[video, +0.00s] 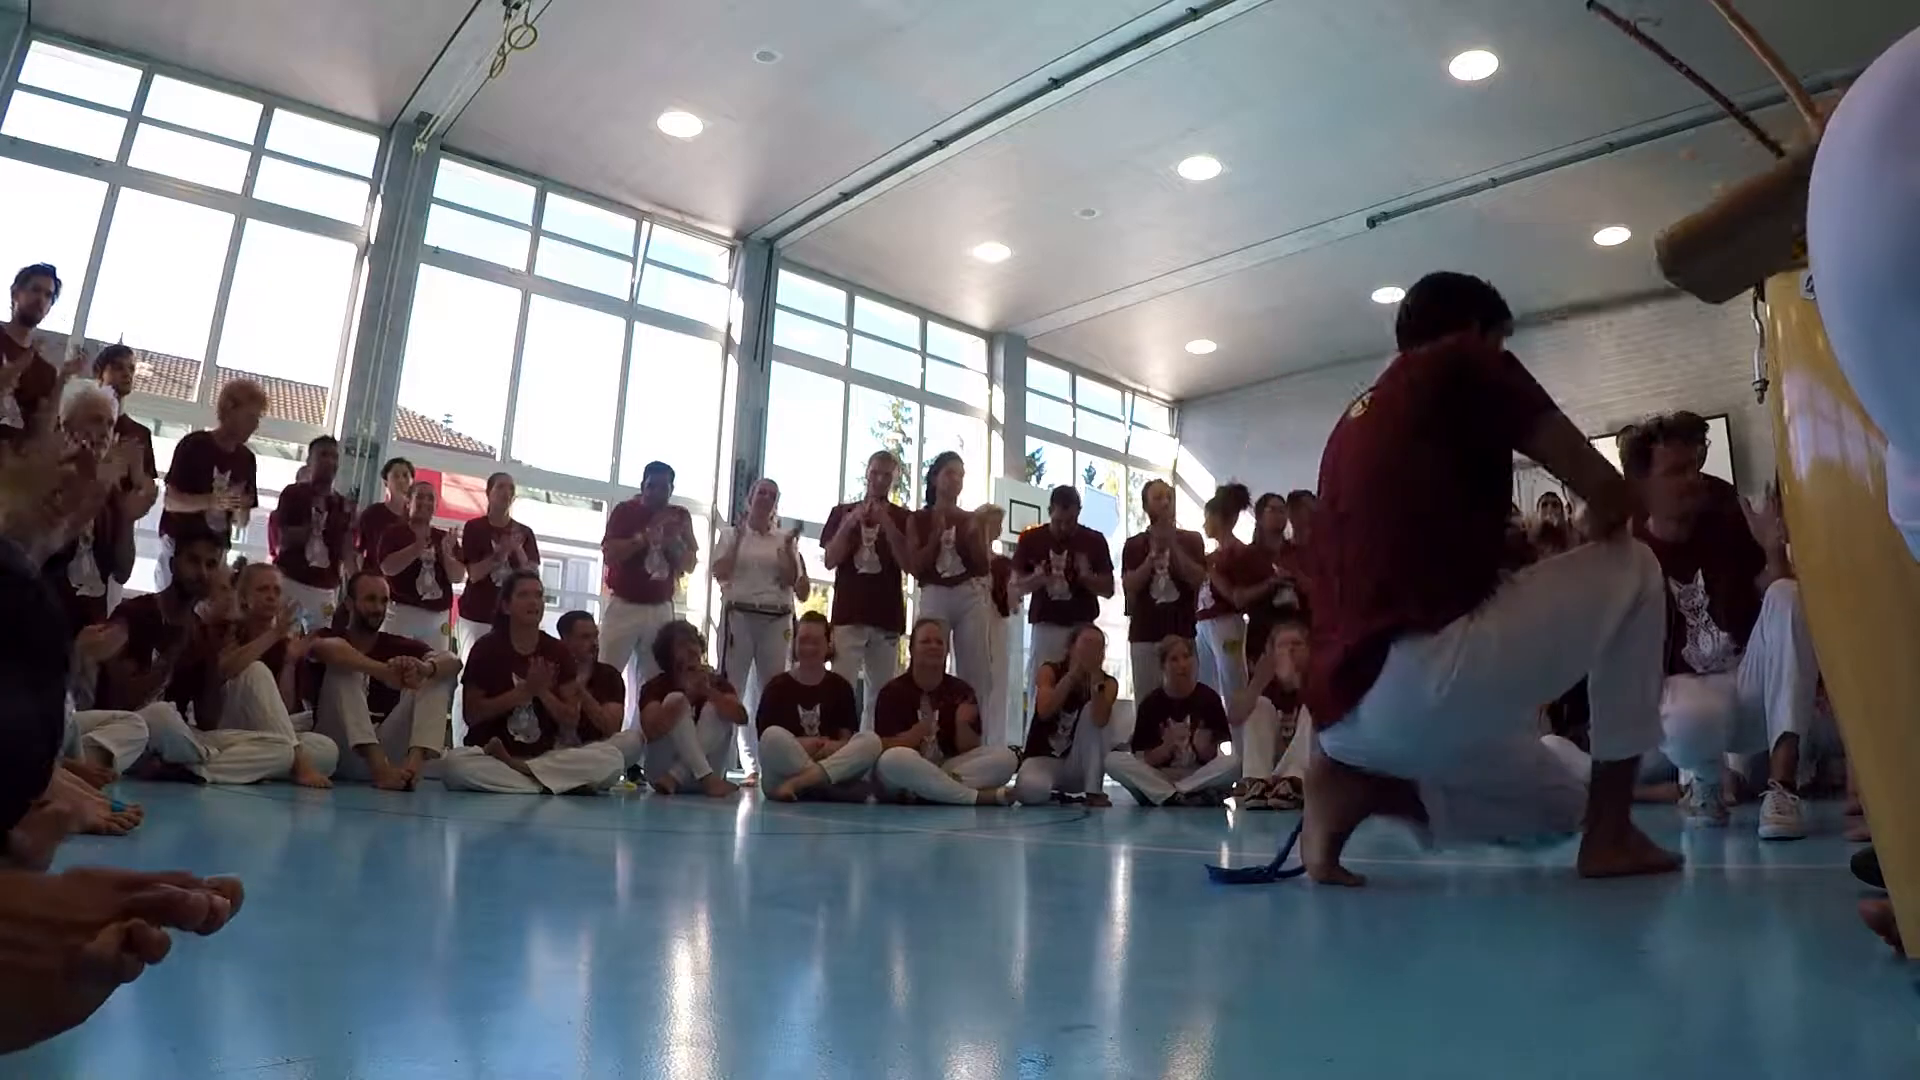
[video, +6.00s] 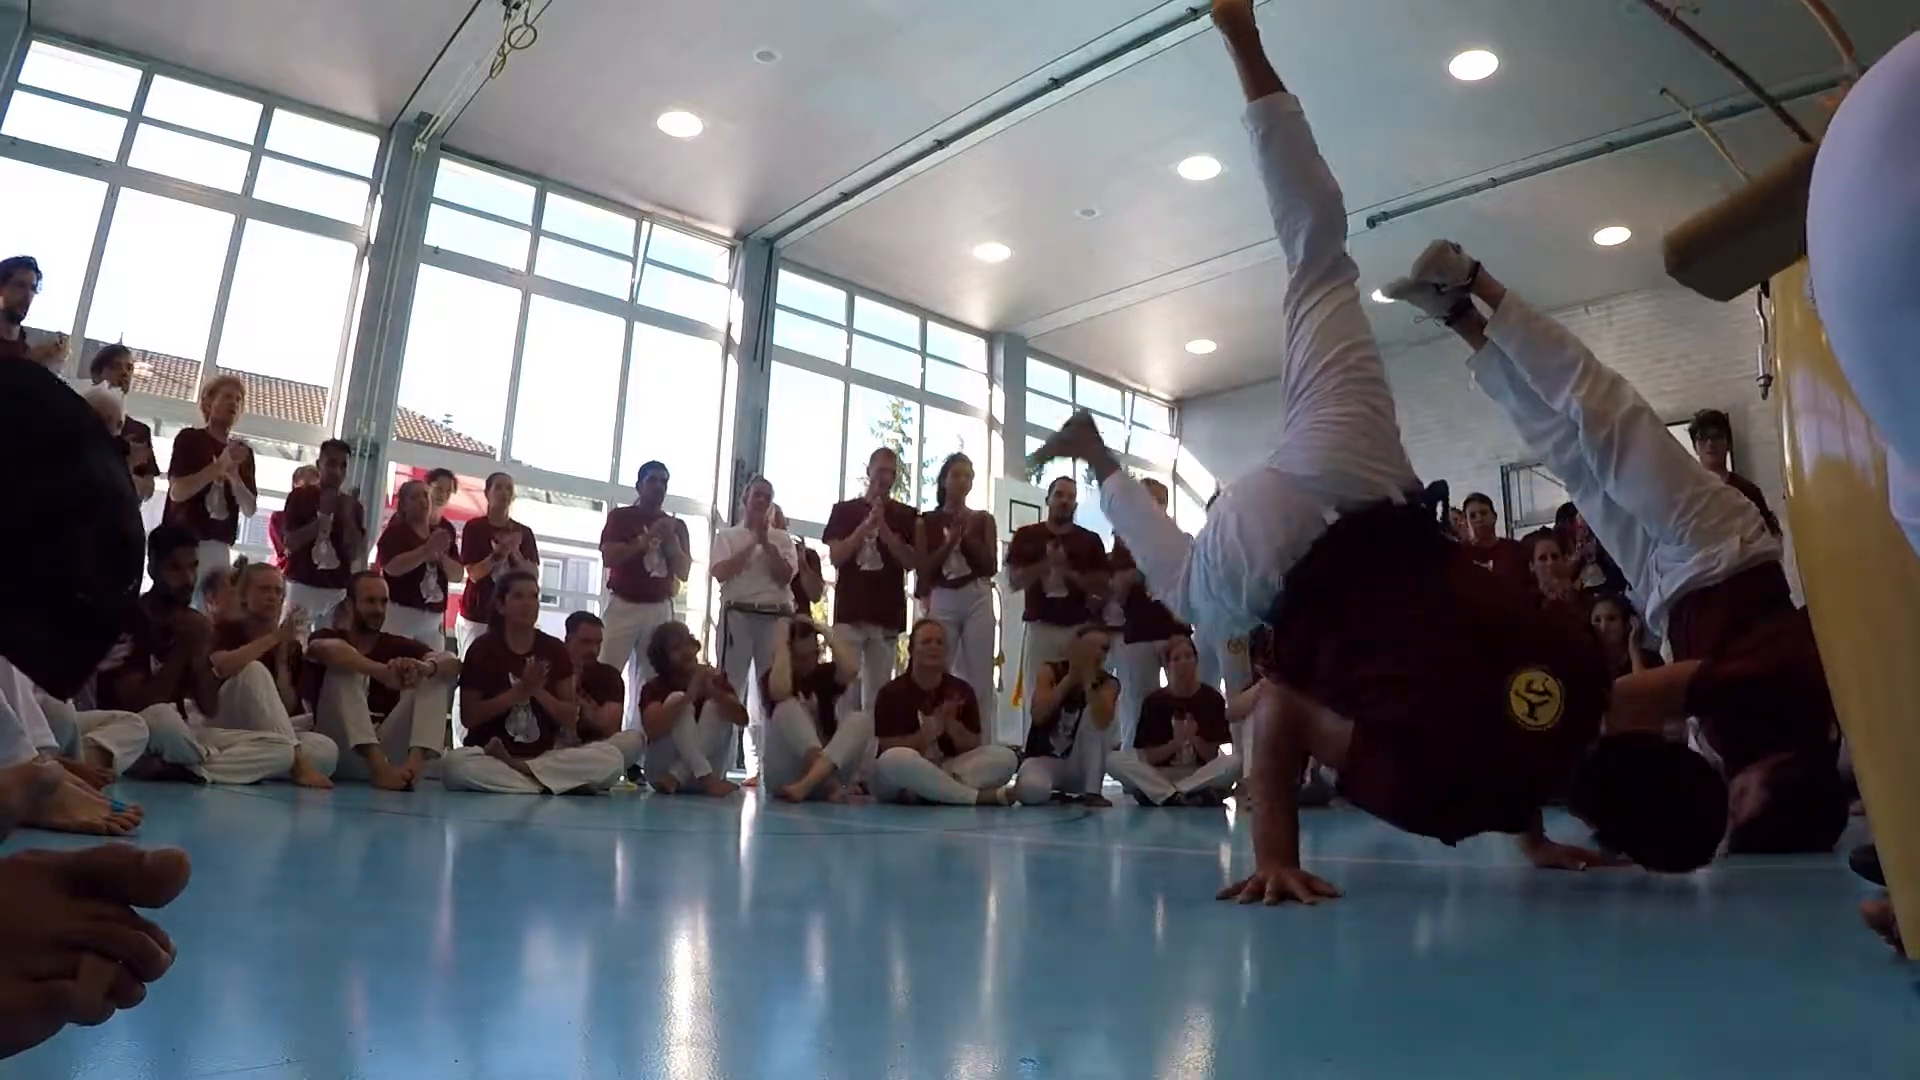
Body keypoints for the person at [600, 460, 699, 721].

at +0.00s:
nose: (657, 492)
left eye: (663, 487)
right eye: (652, 486)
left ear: (671, 488)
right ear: (643, 485)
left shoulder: (679, 516)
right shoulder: (624, 512)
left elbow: (689, 563)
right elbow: (610, 554)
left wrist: (672, 544)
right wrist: (646, 537)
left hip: (660, 609)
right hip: (622, 608)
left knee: (656, 685)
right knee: (605, 680)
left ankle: (651, 750)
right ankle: (597, 745)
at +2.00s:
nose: (658, 484)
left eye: (663, 479)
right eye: (652, 478)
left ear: (667, 486)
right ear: (639, 483)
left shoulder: (677, 525)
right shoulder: (619, 516)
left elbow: (683, 573)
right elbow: (607, 557)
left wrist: (673, 550)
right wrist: (631, 543)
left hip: (658, 610)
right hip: (621, 607)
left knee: (651, 687)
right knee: (605, 681)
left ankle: (645, 750)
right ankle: (598, 746)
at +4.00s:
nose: (660, 484)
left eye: (665, 480)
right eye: (654, 479)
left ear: (669, 486)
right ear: (640, 484)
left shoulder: (678, 525)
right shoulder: (621, 517)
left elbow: (685, 572)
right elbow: (612, 558)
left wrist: (671, 544)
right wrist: (644, 543)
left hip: (660, 609)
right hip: (623, 606)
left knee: (653, 685)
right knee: (607, 680)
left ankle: (646, 748)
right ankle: (599, 746)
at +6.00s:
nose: (658, 485)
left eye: (663, 481)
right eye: (652, 480)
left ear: (667, 487)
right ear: (639, 484)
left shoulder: (676, 525)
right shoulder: (619, 517)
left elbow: (684, 572)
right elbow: (610, 557)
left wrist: (670, 539)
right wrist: (646, 540)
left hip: (659, 609)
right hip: (622, 607)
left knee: (652, 684)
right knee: (605, 678)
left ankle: (645, 746)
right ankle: (597, 744)